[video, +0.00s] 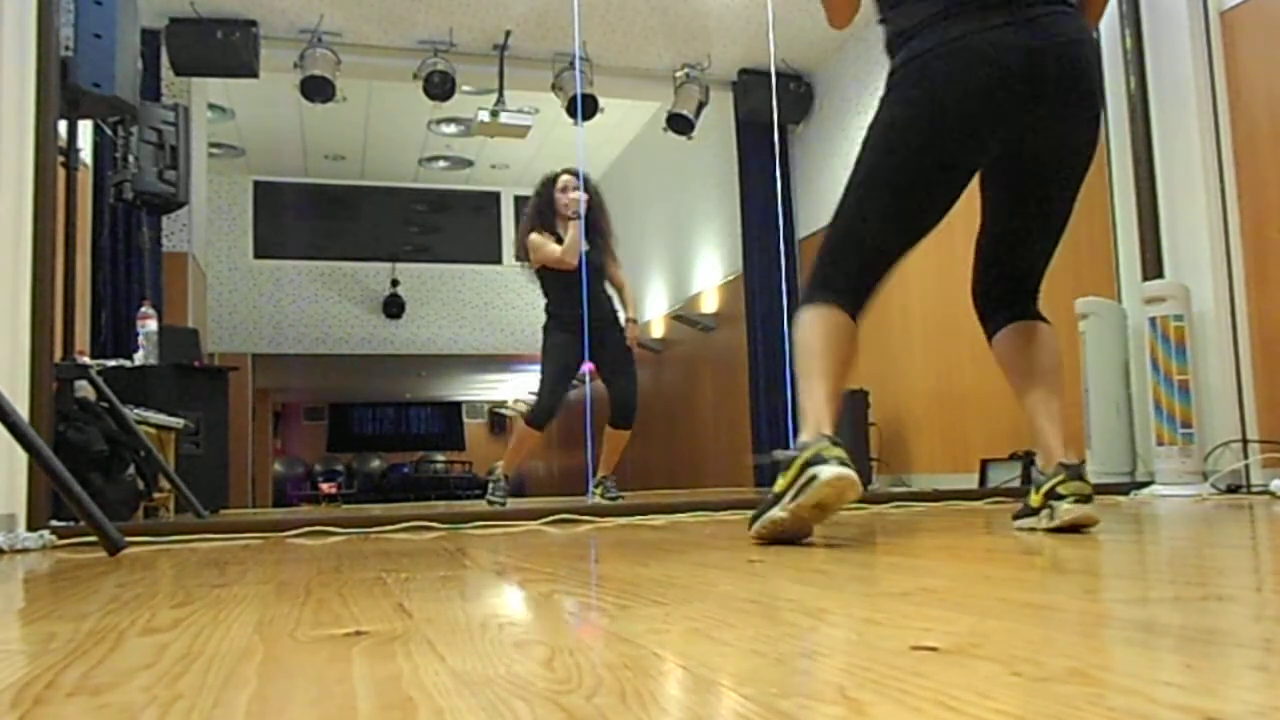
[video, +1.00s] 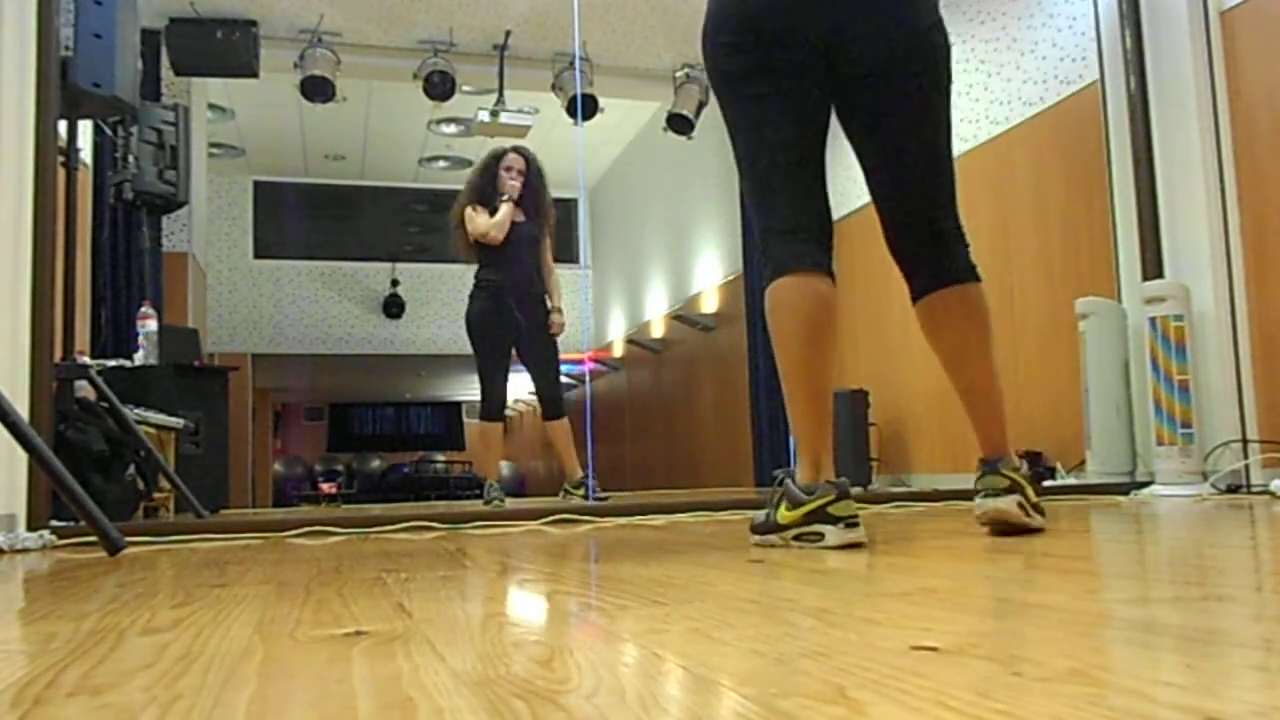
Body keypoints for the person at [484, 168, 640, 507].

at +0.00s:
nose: (574, 196)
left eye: (578, 190)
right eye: (566, 190)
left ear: (588, 198)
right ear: (550, 199)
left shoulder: (595, 241)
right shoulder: (537, 240)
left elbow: (620, 281)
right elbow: (568, 260)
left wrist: (631, 319)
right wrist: (576, 217)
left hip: (605, 327)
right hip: (564, 329)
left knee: (625, 402)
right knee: (547, 404)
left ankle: (604, 479)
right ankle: (503, 474)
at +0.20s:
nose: (560, 205)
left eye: (566, 199)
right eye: (553, 198)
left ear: (574, 208)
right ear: (538, 204)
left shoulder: (577, 245)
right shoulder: (523, 240)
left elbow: (590, 296)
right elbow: (558, 260)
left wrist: (612, 328)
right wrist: (563, 224)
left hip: (581, 334)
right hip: (543, 338)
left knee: (629, 401)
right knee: (550, 415)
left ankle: (601, 479)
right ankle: (505, 476)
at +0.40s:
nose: (543, 196)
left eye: (549, 191)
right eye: (536, 188)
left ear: (556, 200)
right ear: (520, 193)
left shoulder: (555, 243)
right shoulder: (504, 230)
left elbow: (569, 294)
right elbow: (534, 251)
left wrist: (589, 326)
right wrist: (540, 217)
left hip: (550, 331)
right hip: (512, 329)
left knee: (608, 396)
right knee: (516, 413)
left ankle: (596, 480)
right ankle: (496, 484)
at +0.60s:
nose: (529, 180)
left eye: (535, 176)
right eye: (522, 172)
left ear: (539, 185)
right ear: (505, 175)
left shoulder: (539, 223)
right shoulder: (485, 209)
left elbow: (550, 273)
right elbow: (508, 235)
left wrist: (567, 312)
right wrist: (521, 205)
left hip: (535, 313)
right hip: (495, 311)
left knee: (576, 387)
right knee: (499, 400)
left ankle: (597, 474)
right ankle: (494, 483)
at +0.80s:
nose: (520, 176)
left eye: (526, 171)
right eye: (514, 167)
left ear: (532, 179)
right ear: (497, 168)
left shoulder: (530, 211)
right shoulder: (473, 200)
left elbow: (537, 264)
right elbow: (495, 228)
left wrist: (559, 304)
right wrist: (511, 199)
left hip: (532, 305)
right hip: (491, 305)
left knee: (569, 382)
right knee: (494, 396)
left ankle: (589, 468)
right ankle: (493, 482)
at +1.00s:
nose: (514, 178)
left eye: (520, 173)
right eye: (508, 170)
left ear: (529, 180)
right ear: (493, 172)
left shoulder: (538, 214)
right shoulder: (474, 209)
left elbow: (547, 263)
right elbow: (492, 234)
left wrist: (555, 307)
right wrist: (508, 201)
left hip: (532, 307)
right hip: (491, 306)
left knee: (551, 393)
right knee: (493, 397)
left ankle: (575, 479)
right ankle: (492, 483)